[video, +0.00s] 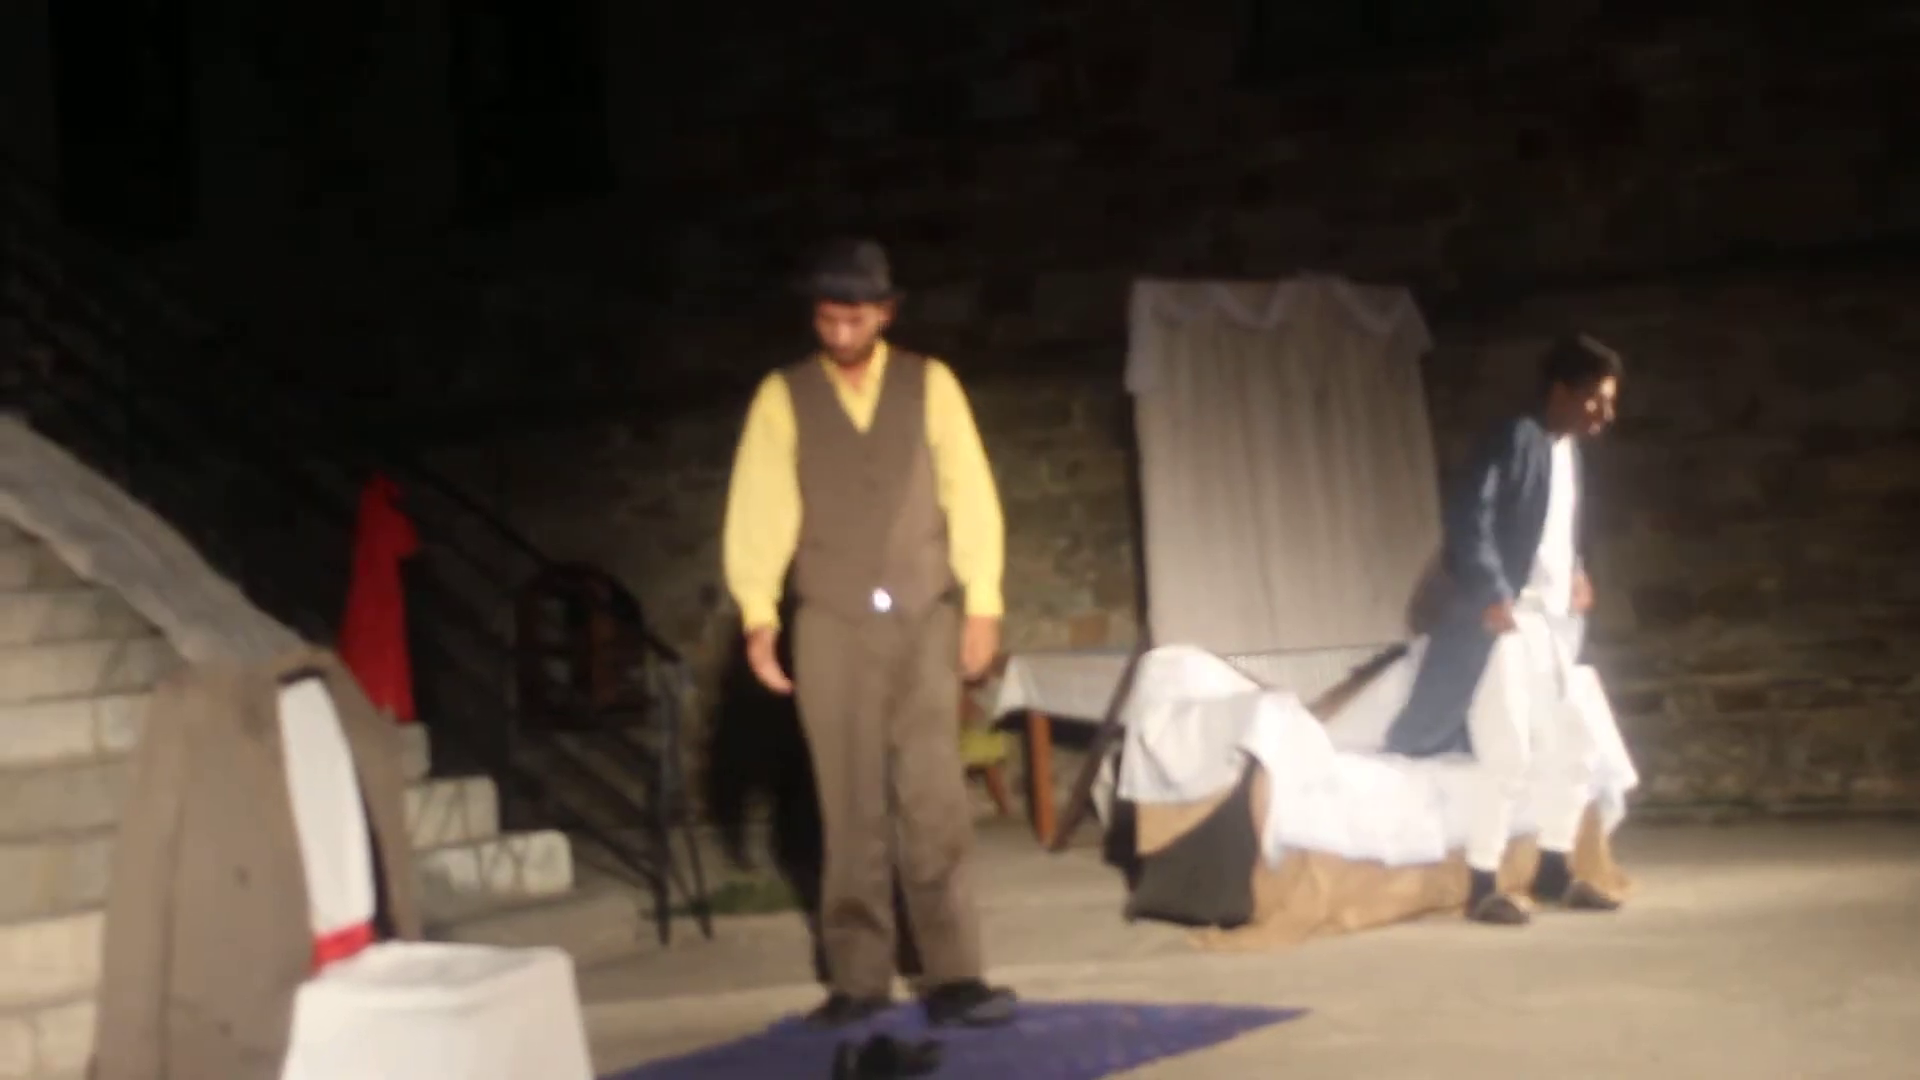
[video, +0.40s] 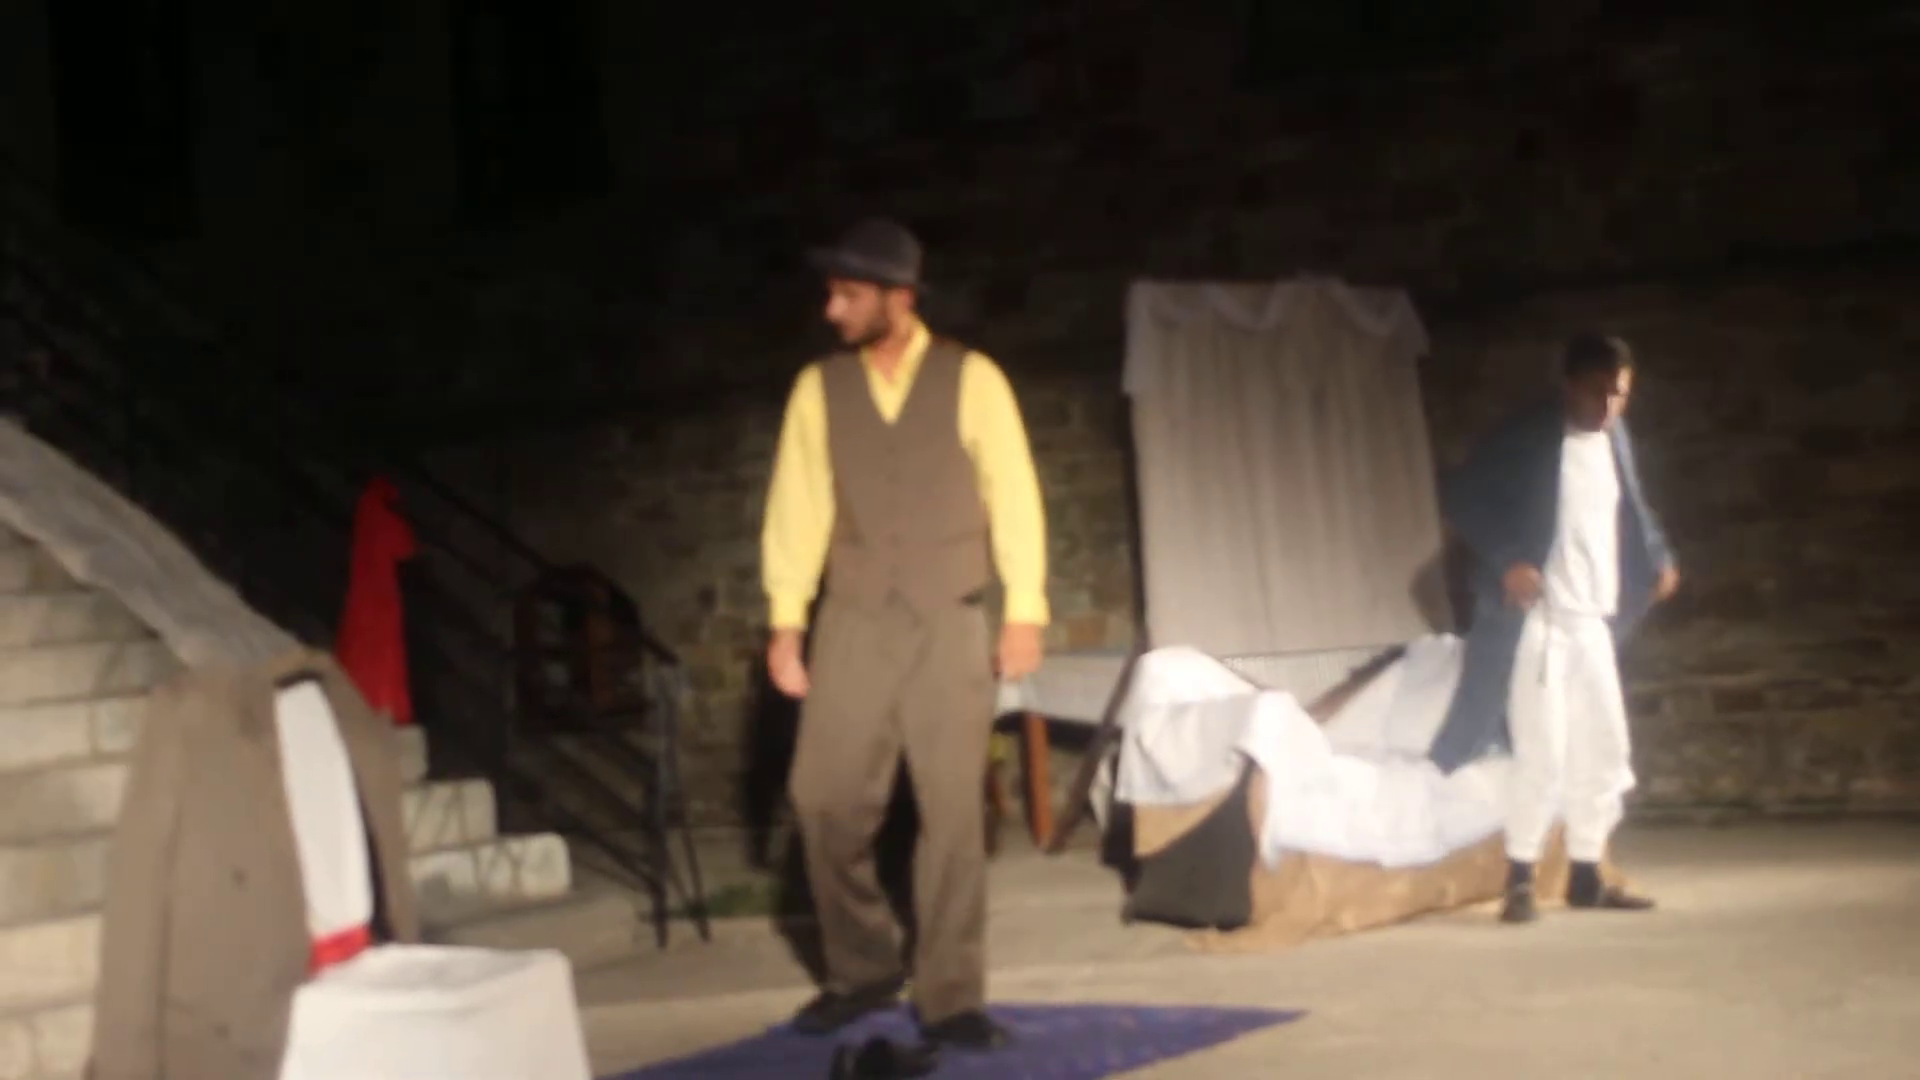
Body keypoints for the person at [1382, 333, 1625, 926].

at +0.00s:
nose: (1606, 414)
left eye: (1611, 403)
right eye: (1597, 400)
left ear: (1598, 403)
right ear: (1559, 391)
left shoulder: (1571, 455)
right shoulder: (1514, 440)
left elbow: (1558, 531)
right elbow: (1470, 516)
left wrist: (1576, 575)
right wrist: (1489, 594)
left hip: (1554, 625)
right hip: (1506, 621)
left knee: (1571, 744)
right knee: (1505, 747)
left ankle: (1552, 873)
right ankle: (1484, 886)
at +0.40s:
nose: (1610, 407)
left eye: (1618, 394)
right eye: (1599, 394)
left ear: (1627, 393)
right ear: (1569, 386)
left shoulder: (1617, 441)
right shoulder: (1525, 437)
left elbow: (1635, 508)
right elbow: (1463, 499)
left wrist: (1658, 557)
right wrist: (1505, 562)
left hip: (1593, 622)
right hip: (1535, 621)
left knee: (1603, 745)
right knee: (1540, 749)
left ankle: (1587, 875)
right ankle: (1520, 879)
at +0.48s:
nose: (1602, 403)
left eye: (1613, 390)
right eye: (1592, 389)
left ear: (1623, 388)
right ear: (1567, 383)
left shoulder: (1621, 431)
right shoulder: (1530, 434)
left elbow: (1647, 501)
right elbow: (1463, 495)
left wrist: (1681, 552)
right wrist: (1499, 563)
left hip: (1598, 622)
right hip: (1541, 620)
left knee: (1606, 744)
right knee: (1547, 746)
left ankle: (1587, 872)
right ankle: (1543, 878)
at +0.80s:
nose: (1574, 401)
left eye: (1584, 388)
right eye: (1565, 389)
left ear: (1609, 379)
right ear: (1552, 383)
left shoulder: (1641, 422)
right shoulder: (1528, 435)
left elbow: (1684, 494)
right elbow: (1491, 514)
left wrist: (1678, 553)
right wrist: (1529, 568)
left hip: (1632, 619)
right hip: (1557, 623)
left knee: (1657, 743)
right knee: (1545, 749)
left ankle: (1678, 874)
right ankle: (1542, 881)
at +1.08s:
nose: (1588, 397)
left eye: (1598, 384)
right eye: (1578, 386)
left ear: (1625, 374)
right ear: (1567, 383)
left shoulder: (1668, 428)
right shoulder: (1552, 440)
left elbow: (1717, 505)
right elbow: (1532, 511)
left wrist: (1677, 573)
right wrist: (1542, 564)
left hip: (1657, 625)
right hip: (1581, 628)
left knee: (1678, 747)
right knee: (1572, 755)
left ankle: (1685, 875)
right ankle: (1588, 878)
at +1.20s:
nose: (1581, 394)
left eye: (1591, 381)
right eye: (1571, 383)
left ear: (1619, 373)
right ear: (1559, 383)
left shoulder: (1663, 425)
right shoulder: (1550, 441)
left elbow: (1717, 497)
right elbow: (1528, 512)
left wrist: (1671, 555)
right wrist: (1523, 556)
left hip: (1656, 624)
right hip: (1579, 629)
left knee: (1676, 744)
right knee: (1596, 755)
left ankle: (1685, 878)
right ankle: (1619, 884)